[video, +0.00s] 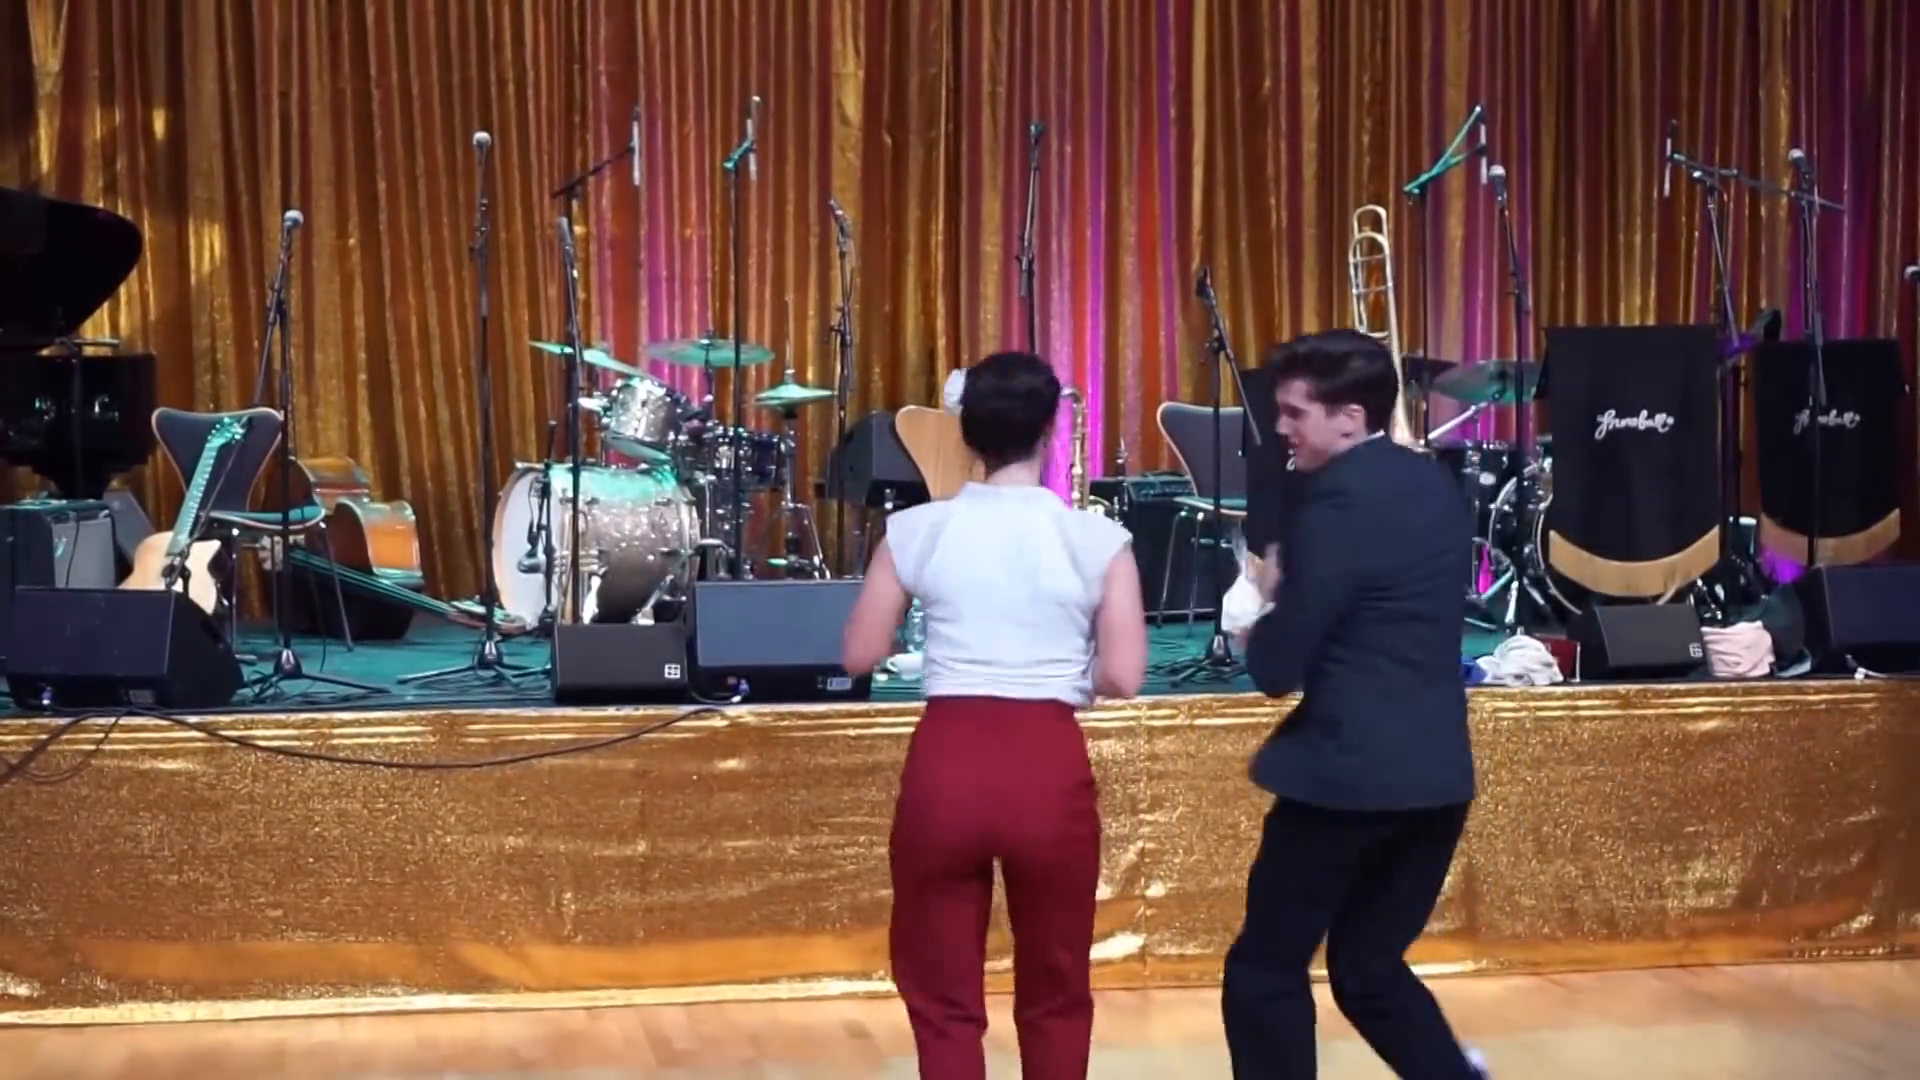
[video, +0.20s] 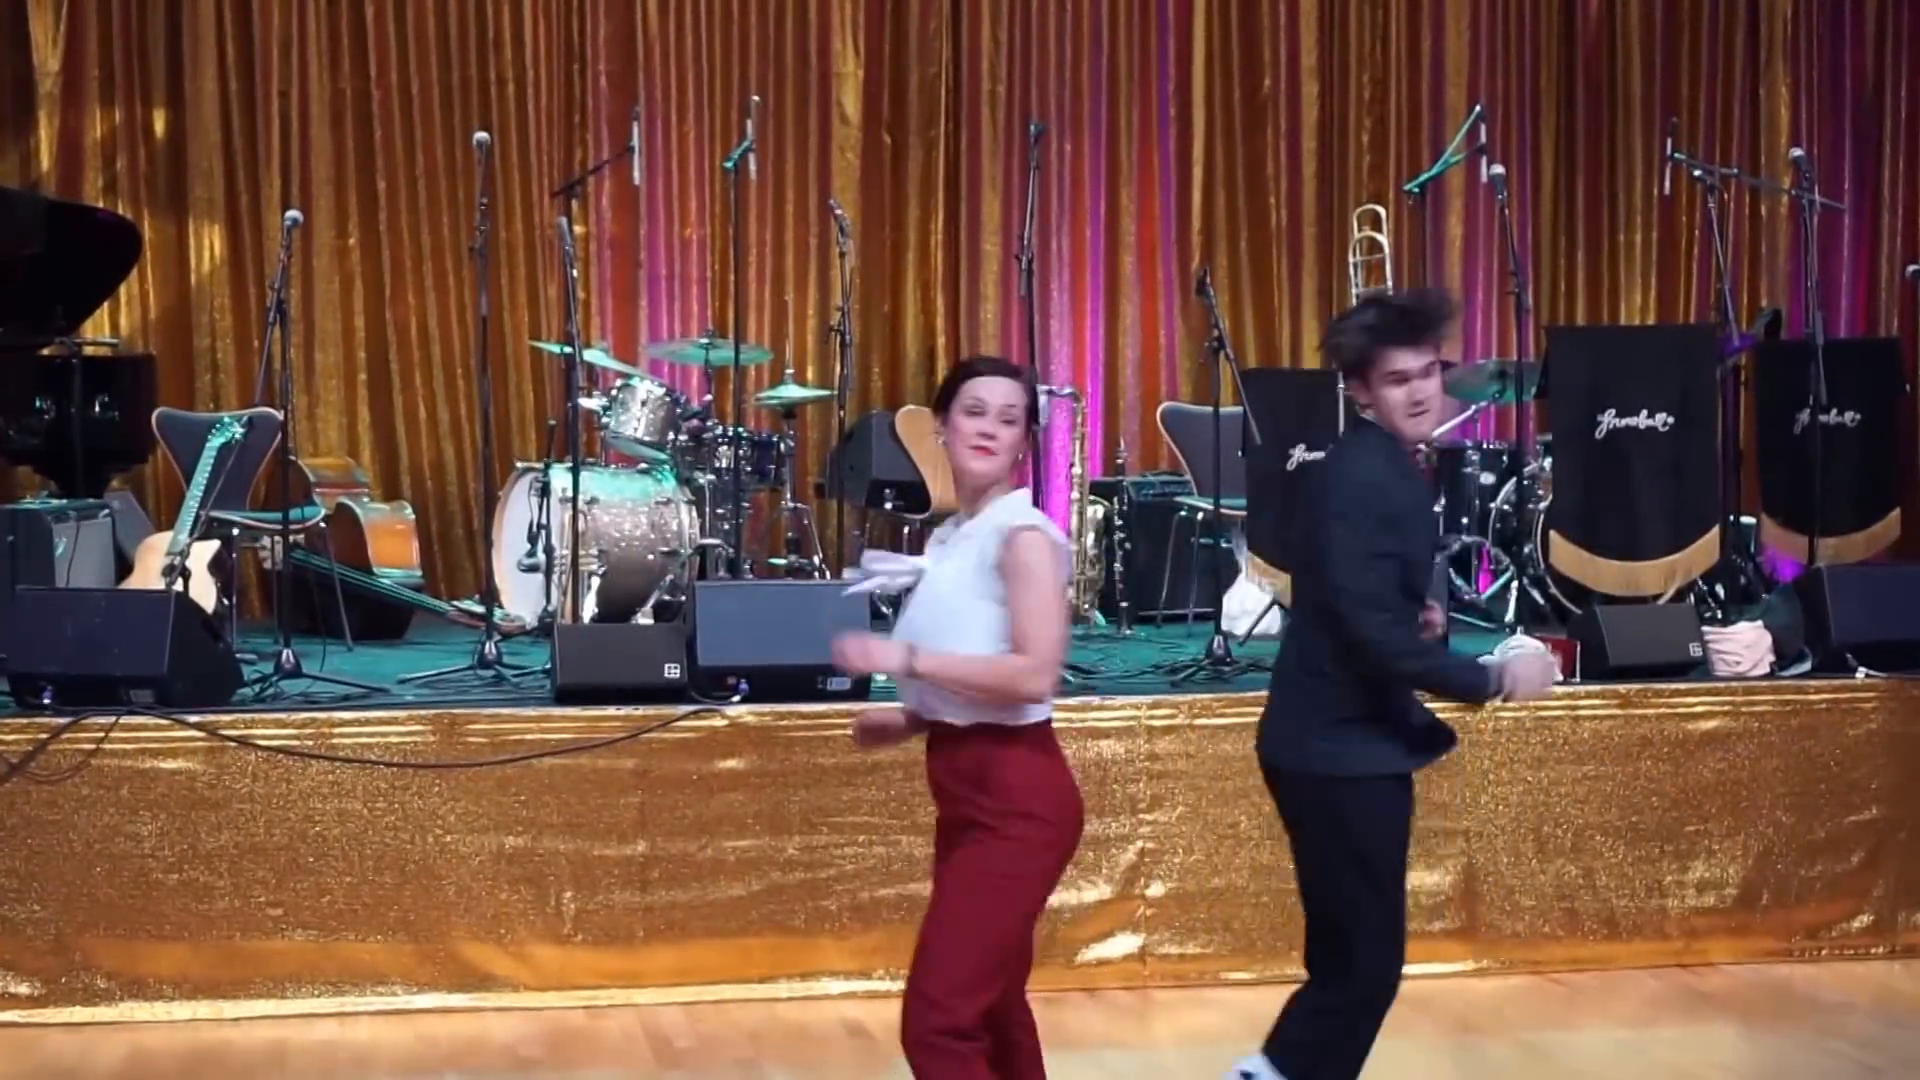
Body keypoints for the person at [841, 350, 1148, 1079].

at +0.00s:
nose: (1059, 424)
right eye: (1057, 414)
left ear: (966, 430)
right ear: (1050, 428)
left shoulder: (915, 530)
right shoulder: (1097, 537)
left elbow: (859, 654)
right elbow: (1123, 677)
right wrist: (1058, 659)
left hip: (946, 753)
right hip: (1049, 757)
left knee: (943, 1005)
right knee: (1055, 996)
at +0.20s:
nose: (988, 427)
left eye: (1009, 417)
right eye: (973, 411)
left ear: (1025, 442)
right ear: (944, 427)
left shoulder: (1025, 536)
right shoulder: (950, 536)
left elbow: (1038, 675)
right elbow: (969, 670)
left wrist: (910, 659)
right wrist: (909, 718)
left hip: (1019, 801)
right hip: (964, 793)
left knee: (937, 1024)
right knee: (994, 1010)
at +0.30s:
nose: (1044, 443)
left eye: (1044, 428)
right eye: (1027, 425)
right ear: (970, 435)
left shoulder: (1067, 555)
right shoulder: (882, 560)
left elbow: (1101, 688)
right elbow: (850, 665)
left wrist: (1055, 723)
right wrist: (863, 760)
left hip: (1034, 811)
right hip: (934, 814)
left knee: (982, 1050)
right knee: (964, 1053)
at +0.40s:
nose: (1053, 464)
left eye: (1051, 447)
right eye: (1042, 446)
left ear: (999, 456)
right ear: (997, 454)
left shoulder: (1050, 577)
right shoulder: (885, 566)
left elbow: (1080, 714)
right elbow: (780, 668)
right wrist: (820, 791)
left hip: (1038, 829)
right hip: (930, 834)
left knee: (1012, 1056)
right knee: (948, 1060)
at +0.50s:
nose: (1053, 475)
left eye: (1050, 458)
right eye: (1045, 457)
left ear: (1001, 469)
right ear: (1008, 466)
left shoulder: (1032, 592)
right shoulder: (893, 578)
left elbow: (1060, 724)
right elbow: (797, 692)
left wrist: (1174, 702)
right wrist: (856, 786)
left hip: (1030, 839)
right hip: (921, 843)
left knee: (1038, 1060)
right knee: (934, 1066)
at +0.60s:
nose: (1050, 490)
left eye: (1048, 472)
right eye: (1045, 471)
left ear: (1003, 482)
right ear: (1011, 479)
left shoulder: (1018, 600)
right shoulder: (888, 584)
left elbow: (1046, 737)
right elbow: (874, 731)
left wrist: (1166, 709)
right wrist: (925, 746)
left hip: (998, 850)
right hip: (891, 855)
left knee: (1039, 1057)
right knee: (964, 1058)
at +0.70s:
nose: (1046, 497)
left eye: (1043, 479)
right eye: (1040, 477)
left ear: (997, 487)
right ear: (1006, 485)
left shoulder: (1005, 609)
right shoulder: (891, 592)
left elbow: (1015, 752)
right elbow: (930, 743)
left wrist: (1135, 726)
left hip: (956, 848)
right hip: (857, 844)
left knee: (1018, 1047)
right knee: (955, 1037)